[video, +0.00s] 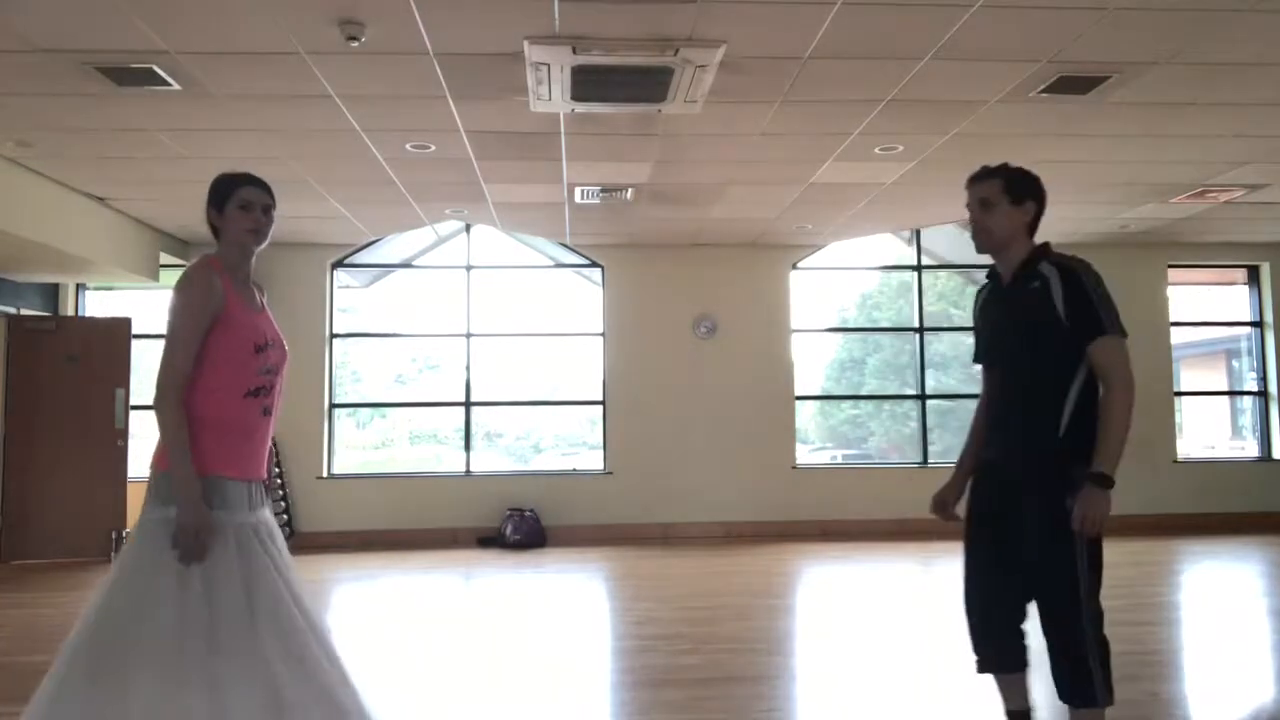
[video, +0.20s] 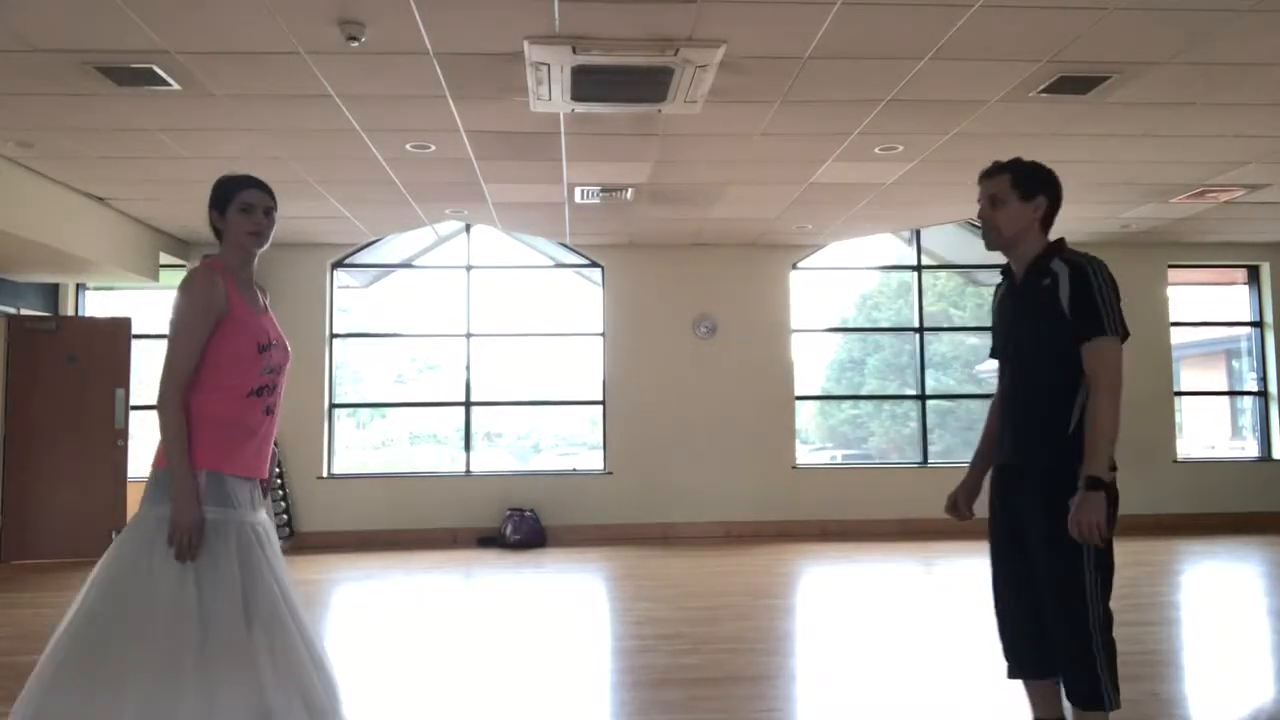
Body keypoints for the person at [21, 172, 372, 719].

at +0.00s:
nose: (257, 218)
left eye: (266, 212)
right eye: (245, 208)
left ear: (272, 226)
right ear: (216, 217)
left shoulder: (256, 294)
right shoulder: (203, 280)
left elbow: (245, 399)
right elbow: (167, 392)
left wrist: (261, 485)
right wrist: (189, 500)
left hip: (245, 497)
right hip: (203, 496)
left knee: (245, 653)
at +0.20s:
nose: (261, 222)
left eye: (268, 214)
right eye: (248, 211)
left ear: (273, 225)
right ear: (219, 218)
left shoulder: (254, 293)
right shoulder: (207, 283)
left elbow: (241, 392)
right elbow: (170, 393)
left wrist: (260, 470)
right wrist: (184, 495)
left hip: (242, 489)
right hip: (205, 487)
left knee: (234, 642)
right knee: (208, 642)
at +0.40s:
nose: (263, 223)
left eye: (270, 215)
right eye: (249, 212)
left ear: (274, 227)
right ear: (220, 219)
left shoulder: (253, 293)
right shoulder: (208, 282)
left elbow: (245, 391)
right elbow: (174, 395)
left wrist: (262, 471)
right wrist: (196, 498)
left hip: (241, 489)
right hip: (203, 488)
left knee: (237, 641)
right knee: (201, 642)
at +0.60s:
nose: (262, 224)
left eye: (269, 216)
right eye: (249, 212)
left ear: (272, 227)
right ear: (218, 219)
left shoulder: (246, 290)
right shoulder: (206, 281)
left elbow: (232, 393)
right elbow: (175, 394)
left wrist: (258, 479)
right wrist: (201, 495)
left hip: (243, 489)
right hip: (207, 490)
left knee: (237, 644)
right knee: (205, 644)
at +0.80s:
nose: (259, 223)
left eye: (266, 217)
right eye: (247, 212)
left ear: (269, 230)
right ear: (215, 218)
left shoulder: (242, 292)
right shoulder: (203, 279)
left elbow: (237, 393)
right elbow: (175, 393)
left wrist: (270, 462)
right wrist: (202, 496)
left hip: (246, 490)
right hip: (210, 489)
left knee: (241, 642)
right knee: (211, 641)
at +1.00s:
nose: (263, 228)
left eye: (266, 219)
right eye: (252, 216)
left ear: (260, 227)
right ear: (214, 218)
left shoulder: (235, 290)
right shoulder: (200, 281)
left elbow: (241, 402)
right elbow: (176, 396)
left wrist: (288, 474)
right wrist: (204, 500)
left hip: (247, 492)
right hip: (216, 494)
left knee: (250, 648)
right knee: (218, 649)